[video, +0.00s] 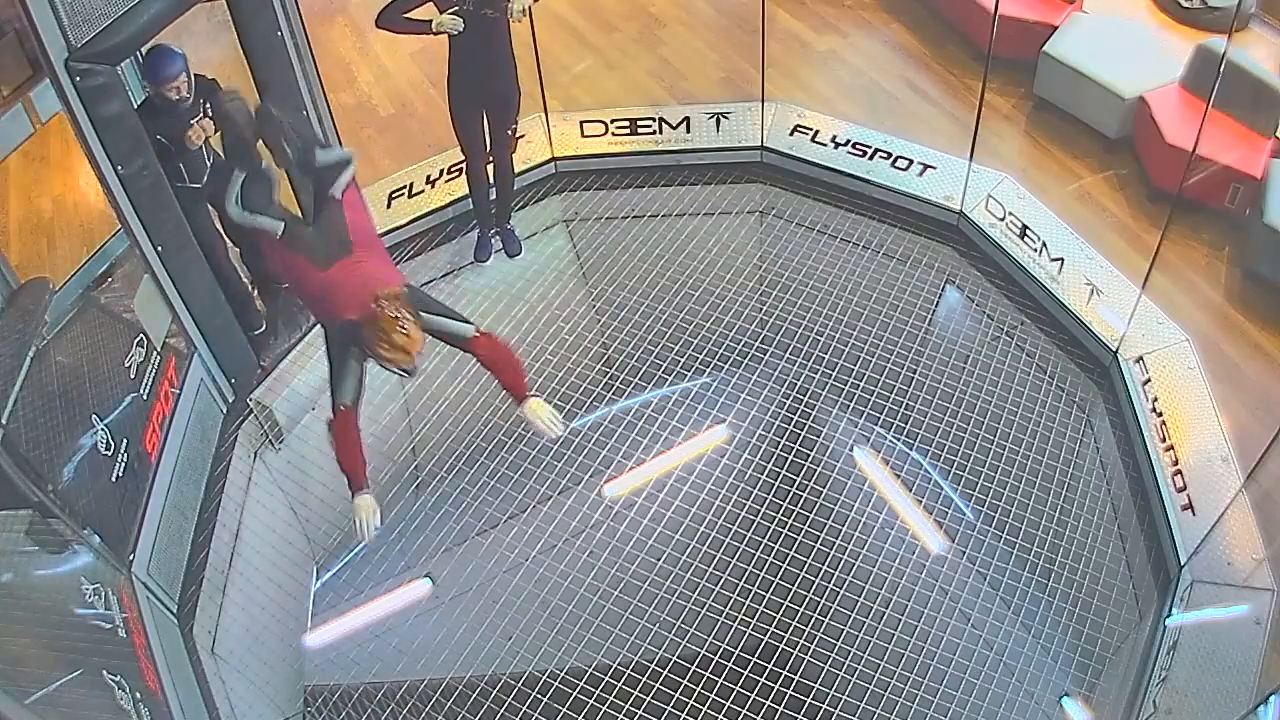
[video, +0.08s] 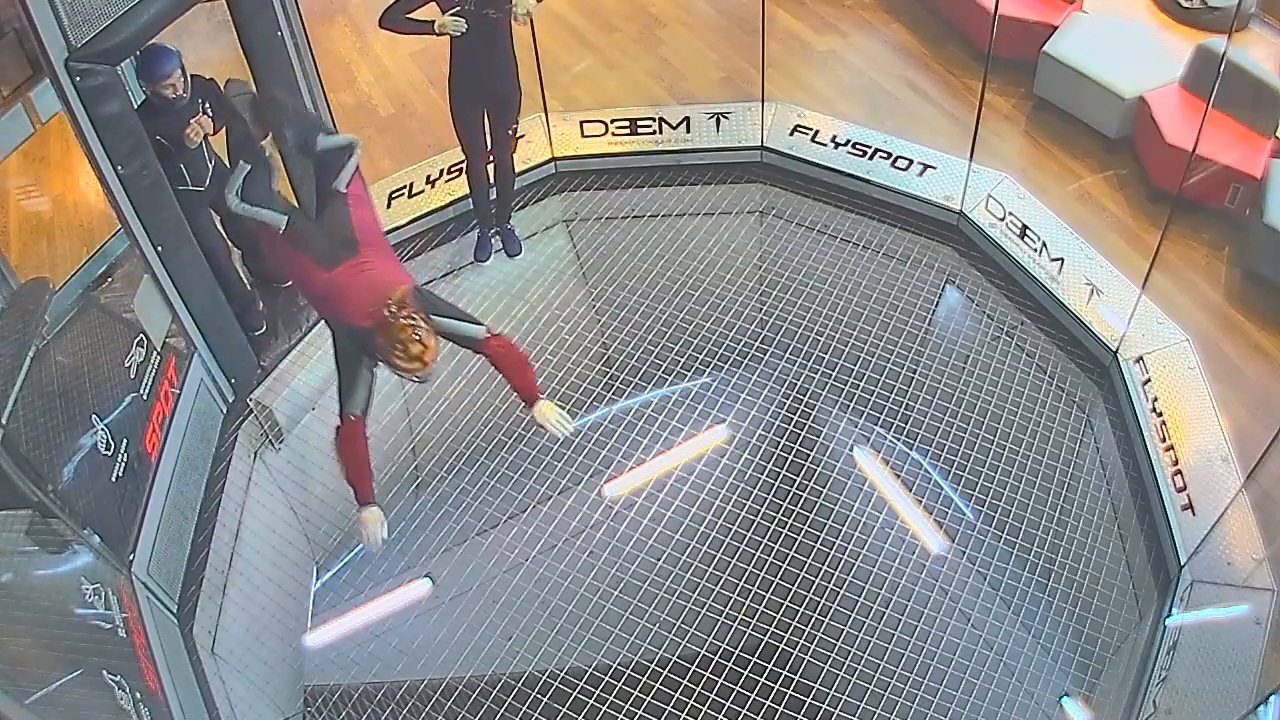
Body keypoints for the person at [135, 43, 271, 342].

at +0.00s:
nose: (181, 91)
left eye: (183, 81)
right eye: (172, 89)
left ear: (188, 72)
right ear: (152, 88)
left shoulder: (205, 87)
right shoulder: (144, 118)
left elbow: (227, 113)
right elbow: (155, 165)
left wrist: (212, 125)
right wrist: (184, 147)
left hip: (215, 172)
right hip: (183, 192)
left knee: (244, 230)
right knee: (215, 255)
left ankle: (268, 282)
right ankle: (248, 318)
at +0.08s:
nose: (176, 89)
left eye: (178, 80)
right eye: (166, 87)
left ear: (183, 70)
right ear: (148, 87)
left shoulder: (201, 86)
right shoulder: (143, 119)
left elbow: (224, 113)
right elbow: (152, 162)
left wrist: (212, 125)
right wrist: (183, 143)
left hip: (217, 177)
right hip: (186, 198)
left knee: (245, 229)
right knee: (217, 255)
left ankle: (263, 271)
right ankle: (248, 312)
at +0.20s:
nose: (174, 84)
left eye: (175, 75)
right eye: (165, 82)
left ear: (179, 68)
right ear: (146, 84)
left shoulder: (199, 86)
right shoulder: (142, 120)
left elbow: (220, 113)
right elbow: (154, 167)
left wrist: (213, 124)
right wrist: (182, 143)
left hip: (218, 177)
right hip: (187, 199)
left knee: (248, 228)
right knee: (218, 257)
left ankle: (268, 268)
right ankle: (250, 315)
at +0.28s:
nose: (175, 82)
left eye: (176, 73)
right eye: (165, 80)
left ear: (180, 66)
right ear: (146, 83)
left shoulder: (200, 86)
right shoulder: (143, 120)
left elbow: (221, 112)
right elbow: (155, 168)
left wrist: (214, 124)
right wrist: (184, 144)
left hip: (219, 178)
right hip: (188, 199)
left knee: (248, 228)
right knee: (217, 256)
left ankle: (271, 270)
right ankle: (249, 312)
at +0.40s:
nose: (178, 83)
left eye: (180, 74)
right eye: (168, 81)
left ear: (185, 66)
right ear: (149, 84)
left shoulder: (205, 87)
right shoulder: (147, 122)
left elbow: (226, 116)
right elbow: (159, 167)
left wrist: (218, 127)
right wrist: (189, 149)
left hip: (222, 178)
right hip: (190, 200)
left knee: (250, 228)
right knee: (219, 258)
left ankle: (269, 269)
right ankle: (249, 312)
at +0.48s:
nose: (183, 85)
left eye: (185, 76)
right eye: (173, 83)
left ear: (190, 66)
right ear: (154, 85)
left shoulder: (209, 87)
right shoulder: (149, 125)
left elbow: (229, 112)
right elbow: (162, 172)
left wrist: (223, 127)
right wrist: (195, 154)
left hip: (225, 178)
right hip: (192, 201)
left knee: (252, 229)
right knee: (221, 260)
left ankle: (271, 274)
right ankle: (251, 318)